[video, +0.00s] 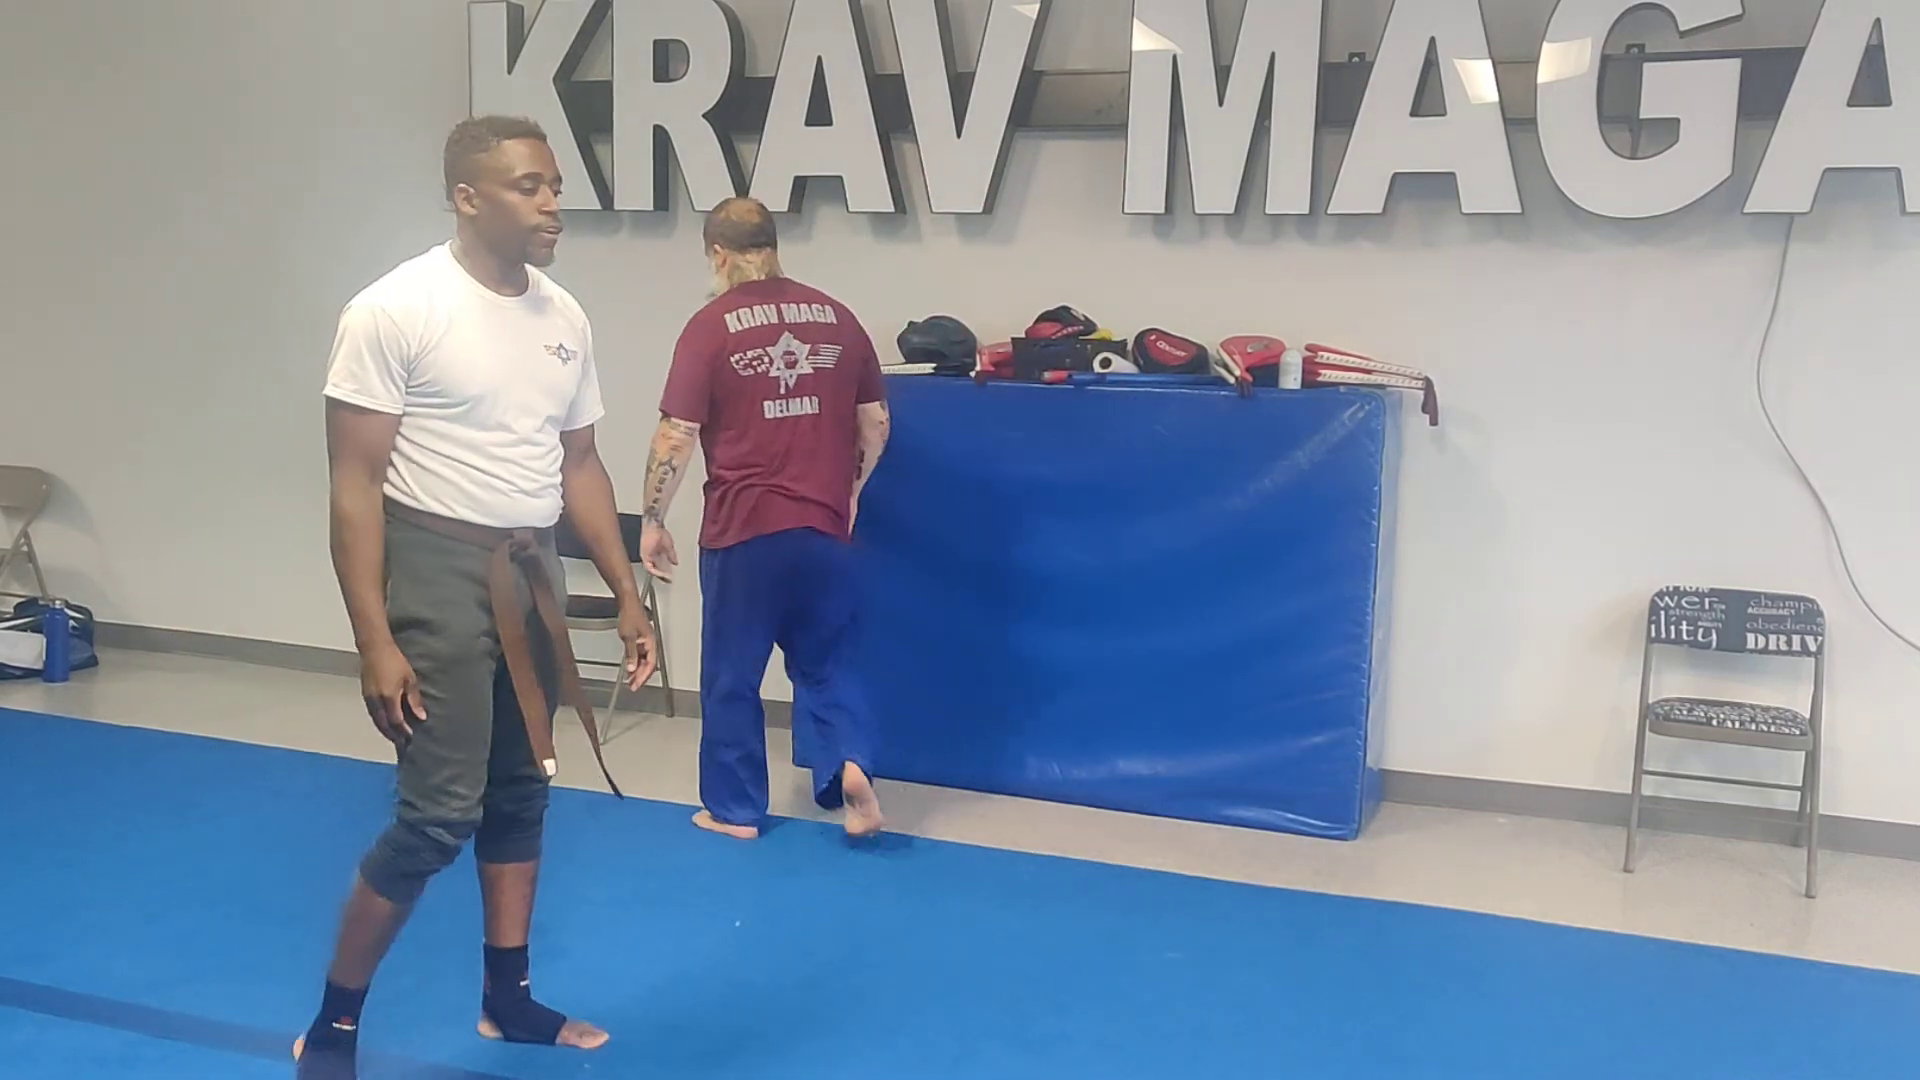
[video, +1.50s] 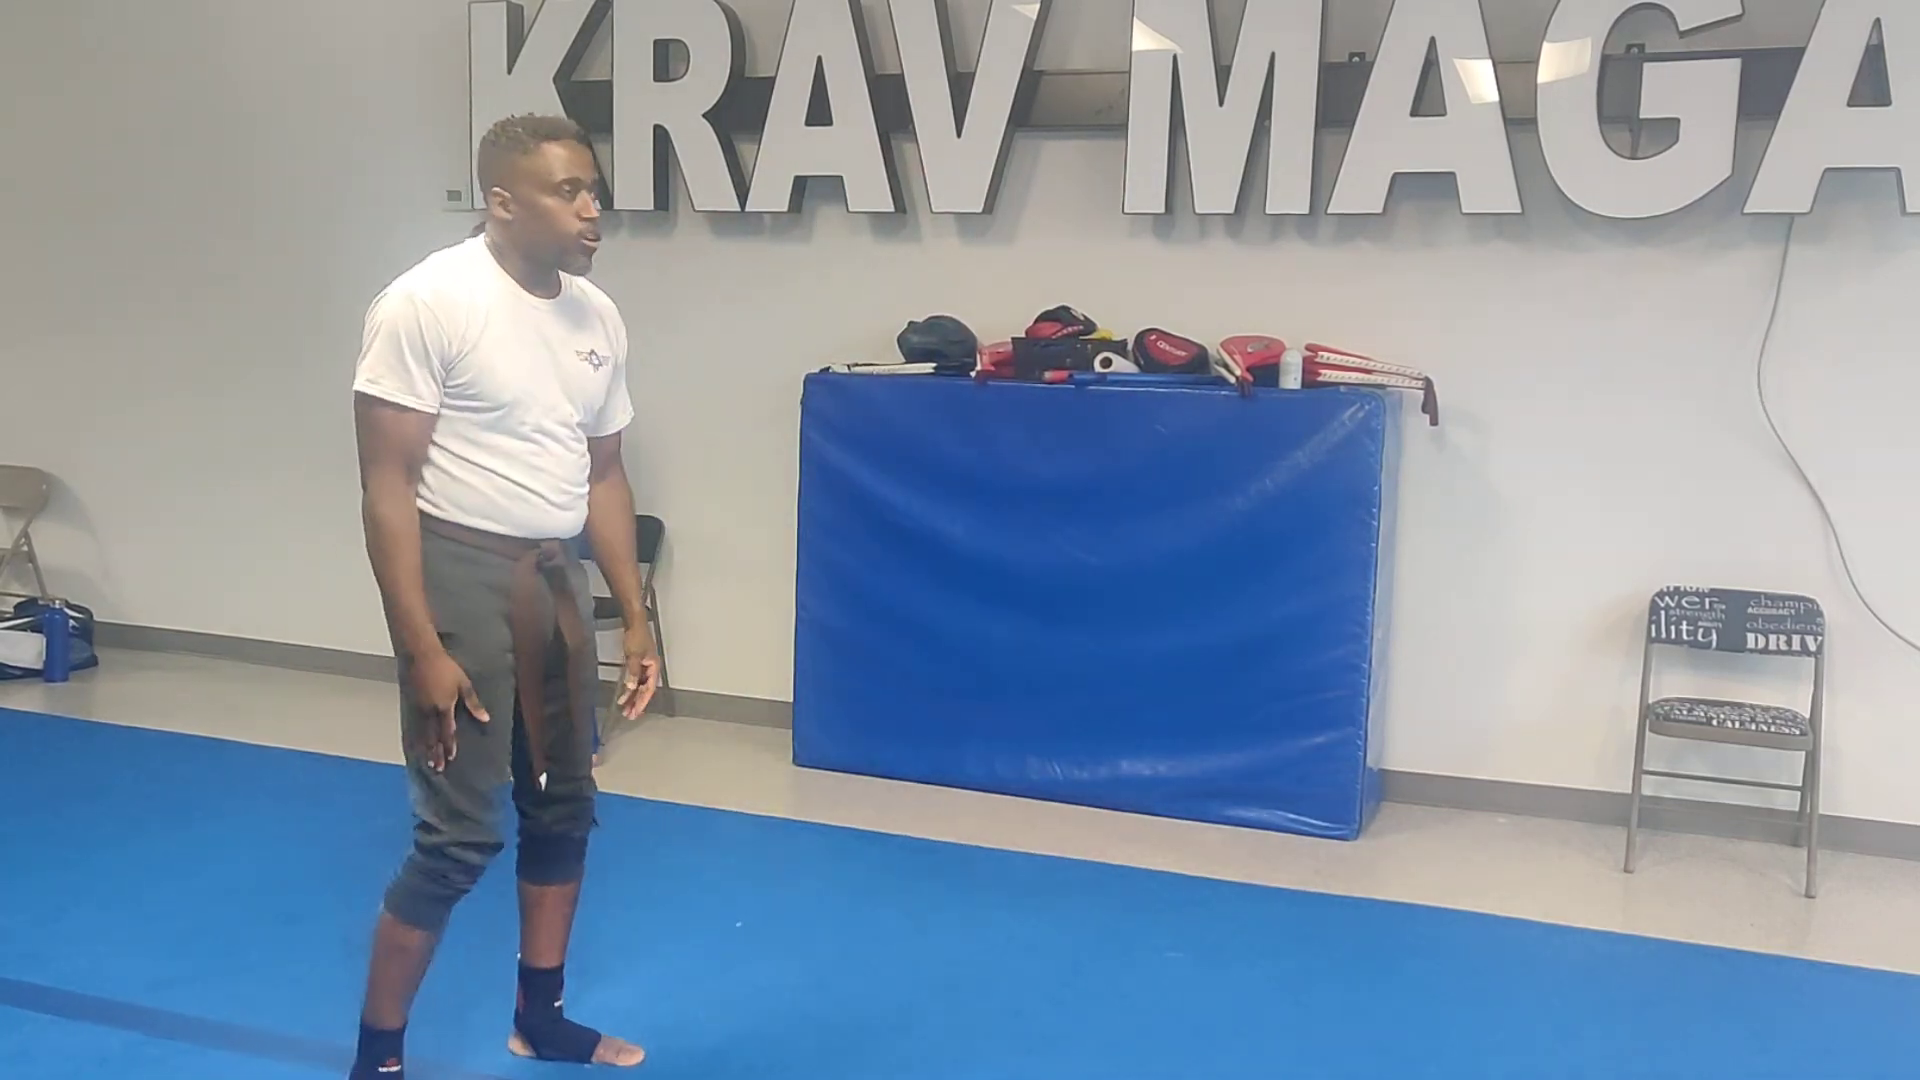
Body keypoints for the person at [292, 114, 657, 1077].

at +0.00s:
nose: (553, 201)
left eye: (555, 184)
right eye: (529, 185)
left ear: (555, 194)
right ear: (467, 200)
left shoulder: (563, 319)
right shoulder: (392, 313)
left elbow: (581, 463)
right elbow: (355, 483)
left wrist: (626, 590)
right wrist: (373, 639)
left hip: (526, 571)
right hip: (429, 564)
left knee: (518, 785)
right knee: (440, 807)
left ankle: (509, 996)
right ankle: (334, 1029)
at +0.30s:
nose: (556, 197)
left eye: (557, 180)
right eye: (533, 180)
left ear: (555, 191)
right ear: (469, 193)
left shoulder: (554, 318)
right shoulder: (391, 310)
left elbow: (571, 474)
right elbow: (358, 489)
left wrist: (609, 606)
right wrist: (366, 654)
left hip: (527, 577)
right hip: (430, 572)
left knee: (512, 795)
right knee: (415, 823)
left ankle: (506, 998)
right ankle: (376, 1058)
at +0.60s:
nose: (534, 191)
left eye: (531, 173)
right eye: (507, 174)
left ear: (528, 187)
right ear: (439, 193)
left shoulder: (520, 307)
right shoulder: (367, 309)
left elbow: (513, 471)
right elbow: (337, 498)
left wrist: (537, 608)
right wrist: (363, 672)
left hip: (505, 570)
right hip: (409, 564)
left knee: (527, 796)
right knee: (383, 820)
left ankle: (507, 995)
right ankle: (367, 1062)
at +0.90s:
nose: (518, 188)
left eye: (516, 170)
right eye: (490, 174)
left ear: (511, 182)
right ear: (422, 194)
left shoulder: (516, 304)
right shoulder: (355, 307)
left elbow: (510, 476)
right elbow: (327, 501)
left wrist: (542, 616)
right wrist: (375, 670)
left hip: (501, 572)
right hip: (393, 567)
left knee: (542, 795)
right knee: (370, 821)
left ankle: (538, 1011)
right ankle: (362, 1062)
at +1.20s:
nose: (540, 195)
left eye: (540, 177)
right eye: (515, 179)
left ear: (540, 184)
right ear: (449, 195)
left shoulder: (559, 304)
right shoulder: (379, 305)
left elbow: (571, 466)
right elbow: (348, 492)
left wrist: (595, 611)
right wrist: (385, 660)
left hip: (538, 573)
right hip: (423, 567)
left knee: (553, 800)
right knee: (395, 815)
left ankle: (540, 1012)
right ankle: (367, 1058)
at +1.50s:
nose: (592, 210)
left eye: (595, 192)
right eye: (569, 192)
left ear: (592, 202)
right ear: (501, 203)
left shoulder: (596, 318)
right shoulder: (422, 306)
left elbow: (605, 474)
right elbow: (387, 485)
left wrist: (635, 615)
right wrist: (419, 646)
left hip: (559, 577)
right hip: (457, 573)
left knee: (562, 805)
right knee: (459, 828)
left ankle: (540, 1013)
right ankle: (377, 1056)